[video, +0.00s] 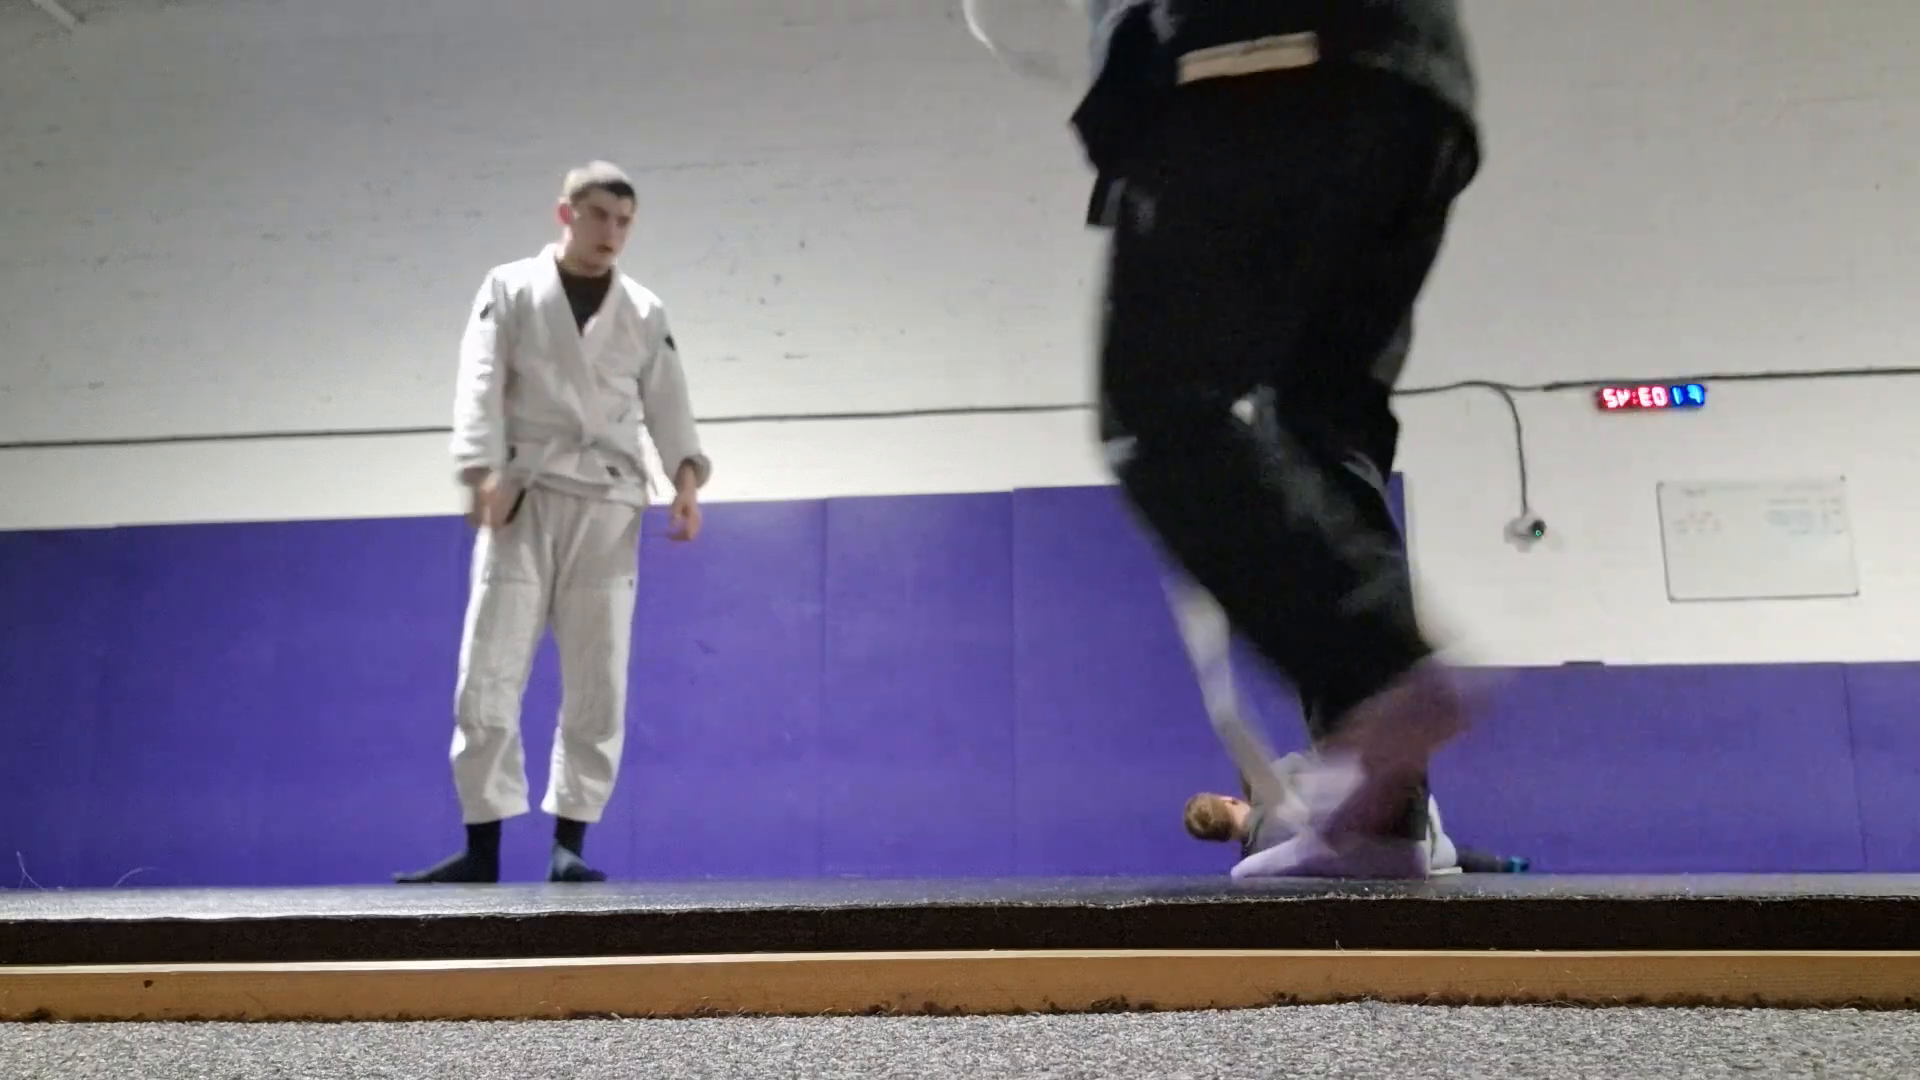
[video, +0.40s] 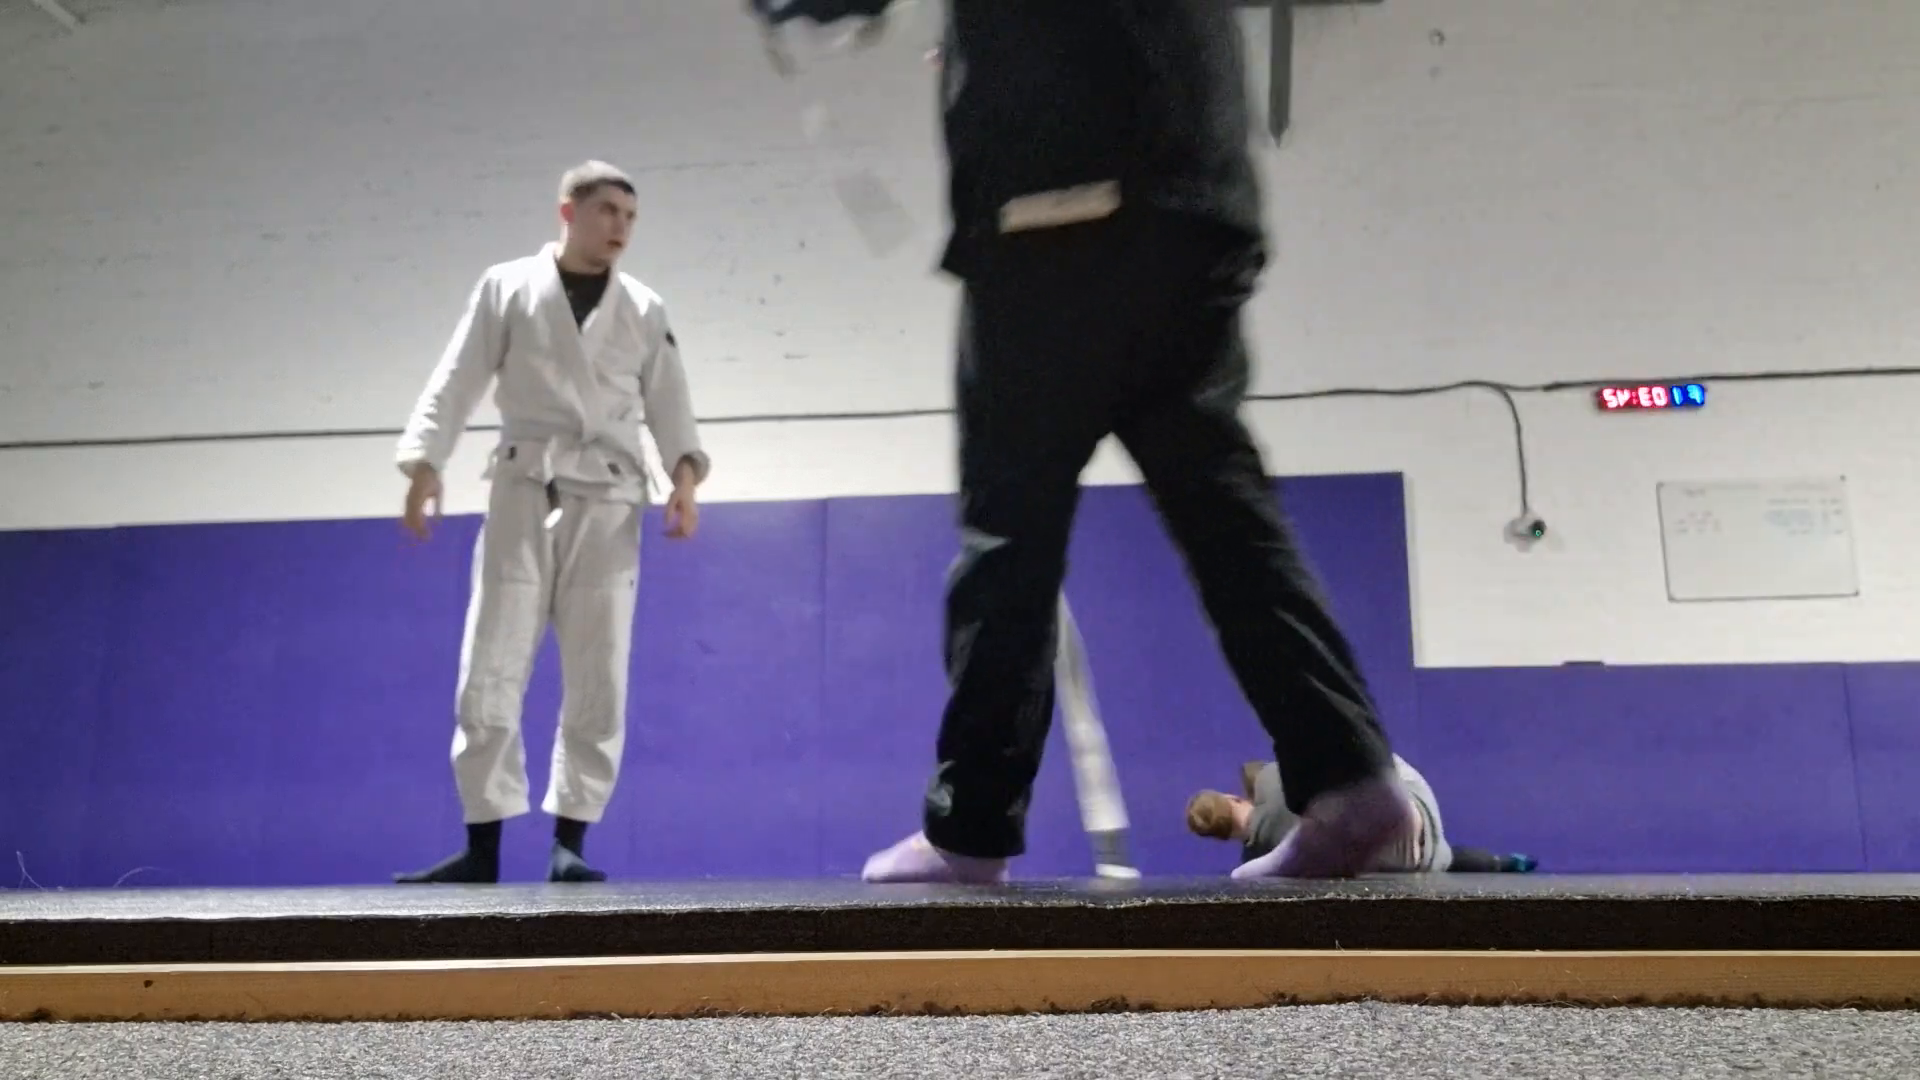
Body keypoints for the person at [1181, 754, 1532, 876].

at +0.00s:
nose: (1229, 806)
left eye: (1218, 813)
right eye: (1224, 805)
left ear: (1217, 840)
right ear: (1229, 797)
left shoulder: (1261, 856)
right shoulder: (1276, 778)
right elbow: (1331, 764)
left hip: (1405, 861)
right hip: (1412, 809)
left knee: (1451, 859)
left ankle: (1506, 867)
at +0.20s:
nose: (1212, 815)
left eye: (1206, 811)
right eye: (1208, 819)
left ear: (1220, 800)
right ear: (1220, 821)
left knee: (1445, 855)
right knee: (1441, 848)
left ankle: (1503, 864)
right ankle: (1498, 862)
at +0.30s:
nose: (1230, 809)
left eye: (1220, 817)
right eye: (1227, 805)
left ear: (1218, 836)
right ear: (1231, 795)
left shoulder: (1259, 850)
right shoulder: (1266, 776)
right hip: (1410, 788)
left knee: (1438, 857)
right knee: (1435, 840)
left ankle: (1503, 863)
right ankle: (1500, 860)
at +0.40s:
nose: (1225, 809)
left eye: (1214, 816)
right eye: (1221, 806)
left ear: (1217, 837)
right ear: (1229, 796)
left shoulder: (1260, 853)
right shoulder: (1266, 778)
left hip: (1396, 857)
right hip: (1408, 796)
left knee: (1443, 858)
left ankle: (1505, 863)